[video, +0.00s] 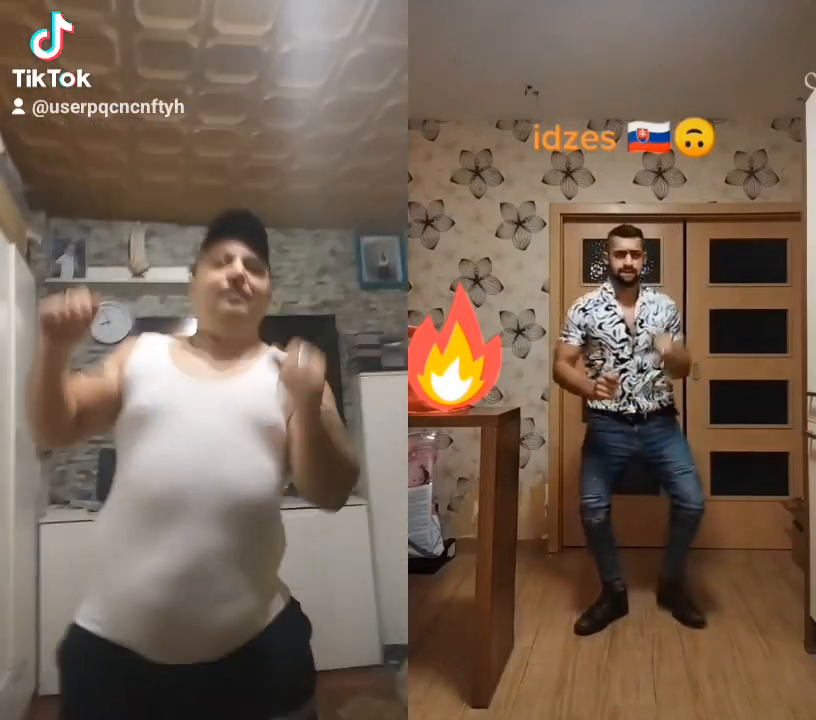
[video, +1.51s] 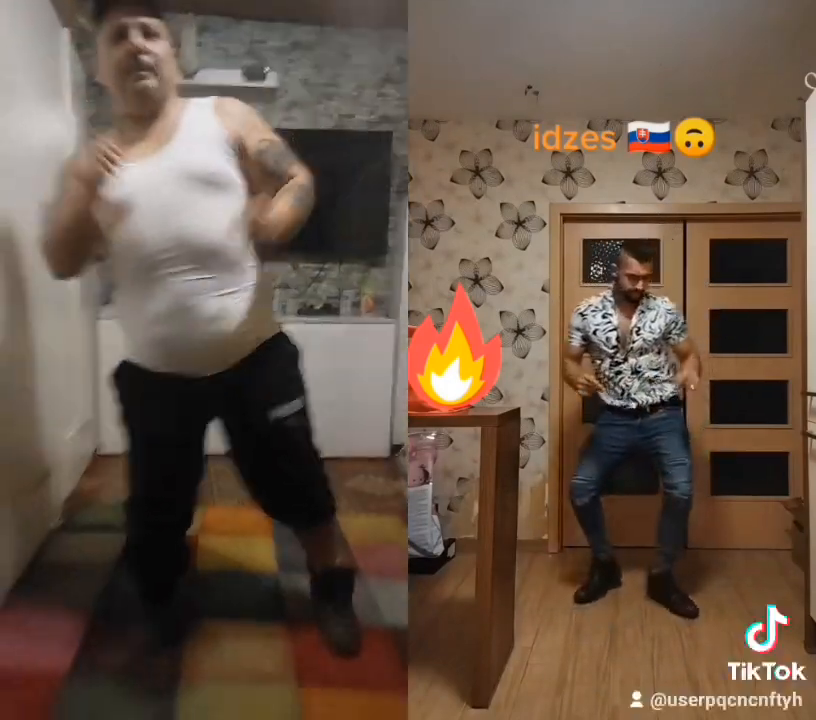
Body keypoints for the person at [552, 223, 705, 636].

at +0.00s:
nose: (628, 262)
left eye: (635, 255)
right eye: (620, 255)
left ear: (644, 259)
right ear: (608, 259)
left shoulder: (662, 306)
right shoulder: (585, 309)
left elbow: (682, 369)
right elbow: (562, 365)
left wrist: (672, 355)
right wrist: (589, 387)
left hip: (660, 424)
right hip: (607, 425)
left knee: (691, 502)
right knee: (592, 508)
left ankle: (672, 587)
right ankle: (613, 594)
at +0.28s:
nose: (647, 255)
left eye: (654, 248)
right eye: (639, 248)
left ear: (664, 251)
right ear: (628, 252)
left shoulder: (689, 289)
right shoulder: (612, 303)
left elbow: (712, 346)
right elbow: (589, 354)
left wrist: (676, 338)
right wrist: (596, 375)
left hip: (671, 415)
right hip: (624, 414)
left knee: (689, 500)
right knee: (611, 497)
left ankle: (679, 577)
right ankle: (614, 591)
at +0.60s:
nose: (661, 273)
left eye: (668, 265)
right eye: (654, 266)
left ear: (681, 261)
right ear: (644, 264)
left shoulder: (703, 303)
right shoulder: (626, 305)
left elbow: (718, 362)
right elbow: (608, 350)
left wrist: (682, 348)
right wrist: (615, 377)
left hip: (690, 418)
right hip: (642, 416)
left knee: (696, 503)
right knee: (619, 493)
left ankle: (680, 576)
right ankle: (630, 595)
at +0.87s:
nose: (661, 286)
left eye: (668, 279)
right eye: (654, 279)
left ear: (680, 274)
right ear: (645, 275)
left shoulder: (706, 310)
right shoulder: (636, 321)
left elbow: (725, 367)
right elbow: (628, 368)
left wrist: (693, 393)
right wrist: (620, 390)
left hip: (686, 426)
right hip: (639, 421)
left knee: (693, 511)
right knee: (602, 484)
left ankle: (680, 578)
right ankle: (623, 585)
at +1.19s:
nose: (659, 284)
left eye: (665, 276)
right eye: (651, 276)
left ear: (672, 272)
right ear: (637, 271)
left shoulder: (691, 308)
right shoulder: (613, 312)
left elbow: (722, 353)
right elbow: (597, 360)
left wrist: (707, 391)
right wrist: (603, 374)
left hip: (679, 419)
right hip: (632, 418)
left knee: (684, 498)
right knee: (592, 478)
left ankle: (680, 578)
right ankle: (610, 567)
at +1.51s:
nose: (639, 286)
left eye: (645, 279)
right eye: (632, 278)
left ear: (650, 280)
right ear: (615, 276)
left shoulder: (663, 312)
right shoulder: (588, 315)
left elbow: (689, 355)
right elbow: (570, 362)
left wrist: (690, 369)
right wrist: (577, 376)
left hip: (664, 416)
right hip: (615, 418)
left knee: (680, 490)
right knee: (581, 489)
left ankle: (663, 578)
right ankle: (604, 567)